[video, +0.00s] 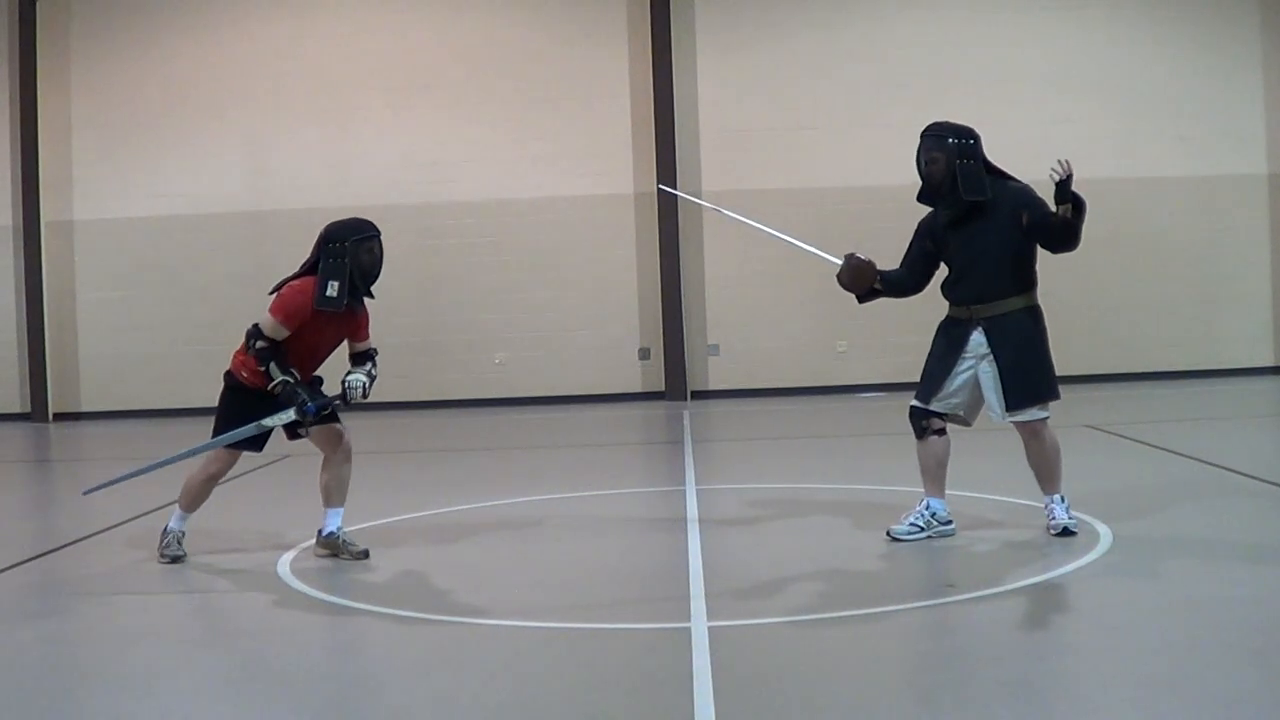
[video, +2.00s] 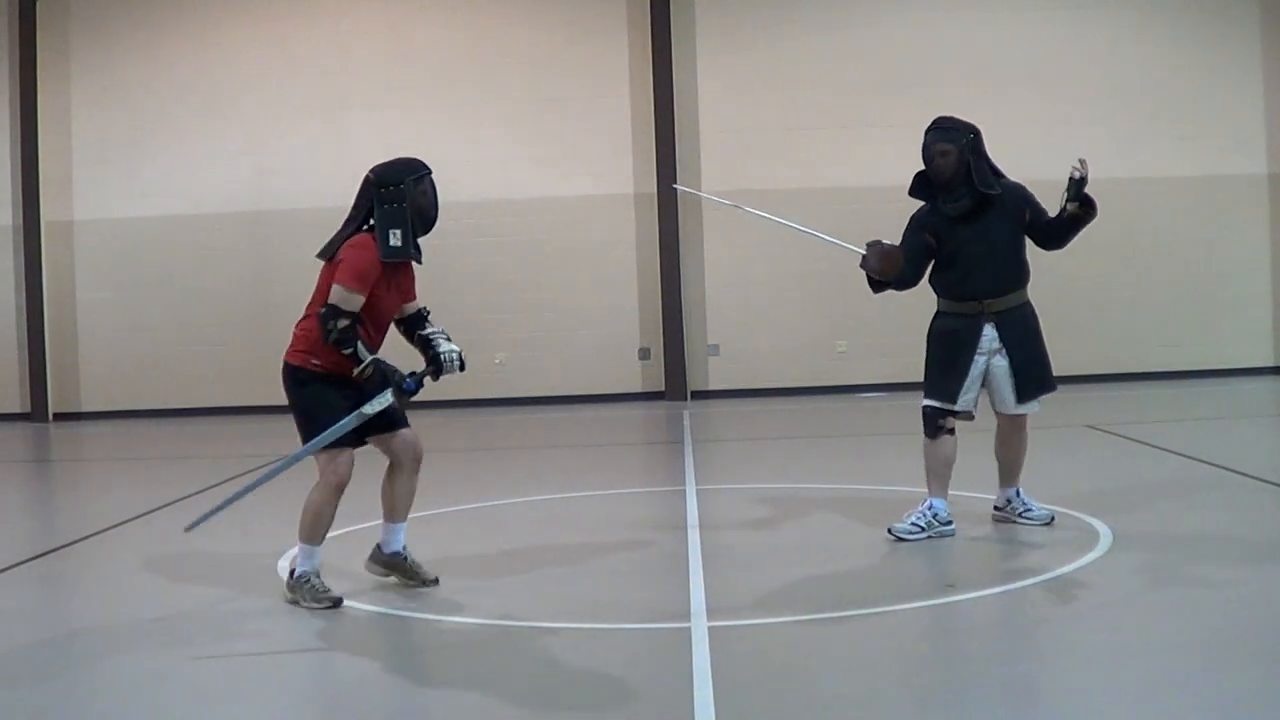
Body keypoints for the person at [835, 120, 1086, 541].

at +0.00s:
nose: (925, 171)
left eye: (933, 161)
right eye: (922, 162)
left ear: (960, 160)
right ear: (924, 163)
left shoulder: (1015, 198)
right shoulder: (937, 221)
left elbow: (1062, 241)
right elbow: (910, 279)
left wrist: (1068, 204)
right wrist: (870, 278)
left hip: (1014, 324)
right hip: (960, 326)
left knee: (1030, 418)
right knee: (927, 414)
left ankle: (1055, 504)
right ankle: (934, 509)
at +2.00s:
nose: (936, 163)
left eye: (944, 154)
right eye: (931, 156)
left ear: (968, 153)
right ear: (925, 161)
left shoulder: (1010, 196)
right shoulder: (928, 218)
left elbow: (1050, 237)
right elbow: (908, 274)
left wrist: (1073, 213)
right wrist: (881, 271)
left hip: (1011, 320)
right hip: (955, 324)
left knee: (1014, 412)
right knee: (937, 413)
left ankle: (1009, 497)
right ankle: (936, 508)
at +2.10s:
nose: (940, 162)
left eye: (949, 153)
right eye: (935, 155)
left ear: (973, 152)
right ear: (930, 160)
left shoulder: (1014, 196)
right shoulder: (932, 218)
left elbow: (1052, 237)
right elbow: (912, 274)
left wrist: (1077, 213)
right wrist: (887, 270)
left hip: (1015, 319)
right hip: (959, 323)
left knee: (1016, 412)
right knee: (942, 414)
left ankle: (1009, 497)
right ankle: (937, 508)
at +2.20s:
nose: (942, 162)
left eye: (951, 152)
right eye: (937, 154)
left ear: (976, 153)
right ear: (933, 160)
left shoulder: (1017, 196)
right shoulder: (935, 218)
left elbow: (1055, 237)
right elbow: (915, 274)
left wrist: (1080, 211)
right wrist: (893, 269)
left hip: (1018, 319)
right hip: (962, 323)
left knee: (1018, 412)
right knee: (944, 414)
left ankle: (1009, 498)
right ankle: (937, 508)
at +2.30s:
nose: (945, 161)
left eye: (953, 152)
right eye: (939, 154)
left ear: (977, 153)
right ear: (935, 161)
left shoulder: (1019, 197)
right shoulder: (936, 218)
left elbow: (1056, 238)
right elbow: (916, 277)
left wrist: (1082, 211)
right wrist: (897, 270)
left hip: (1019, 320)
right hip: (963, 324)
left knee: (1021, 412)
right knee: (946, 415)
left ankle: (1010, 497)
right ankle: (936, 508)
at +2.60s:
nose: (976, 179)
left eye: (985, 171)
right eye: (973, 171)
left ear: (1008, 175)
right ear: (968, 175)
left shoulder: (1043, 227)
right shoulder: (963, 232)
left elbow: (1085, 267)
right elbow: (933, 284)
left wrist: (1106, 239)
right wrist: (901, 274)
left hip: (1032, 338)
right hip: (973, 340)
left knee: (1070, 420)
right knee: (939, 418)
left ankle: (1083, 467)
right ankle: (932, 510)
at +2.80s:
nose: (1043, 179)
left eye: (1053, 172)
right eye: (1039, 171)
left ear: (1074, 175)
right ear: (1034, 175)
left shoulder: (1108, 224)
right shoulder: (1030, 223)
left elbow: (1153, 263)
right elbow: (981, 257)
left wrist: (1159, 240)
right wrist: (935, 254)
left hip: (1086, 336)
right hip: (1030, 332)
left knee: (1099, 430)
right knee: (993, 418)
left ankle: (1090, 490)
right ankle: (944, 491)